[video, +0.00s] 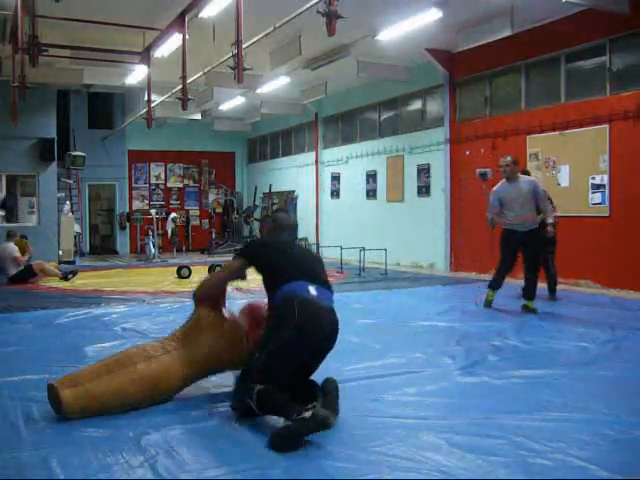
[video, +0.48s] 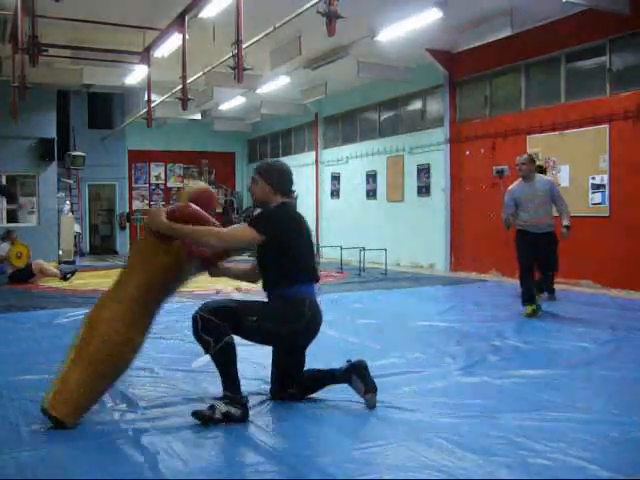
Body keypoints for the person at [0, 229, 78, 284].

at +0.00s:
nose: (18, 239)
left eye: (18, 237)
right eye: (18, 237)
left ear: (8, 237)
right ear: (15, 237)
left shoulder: (5, 246)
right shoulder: (11, 246)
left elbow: (19, 261)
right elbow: (21, 261)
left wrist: (27, 254)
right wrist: (28, 253)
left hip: (12, 276)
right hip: (14, 276)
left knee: (41, 267)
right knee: (39, 265)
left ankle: (63, 274)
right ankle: (62, 275)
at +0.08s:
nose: (17, 239)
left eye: (18, 237)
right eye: (15, 237)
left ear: (16, 238)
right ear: (9, 237)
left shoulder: (12, 247)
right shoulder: (7, 247)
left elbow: (16, 261)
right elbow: (12, 262)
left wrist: (25, 254)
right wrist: (22, 254)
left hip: (19, 274)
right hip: (14, 276)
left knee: (41, 265)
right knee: (39, 265)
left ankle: (63, 274)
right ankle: (62, 276)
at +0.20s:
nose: (16, 240)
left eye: (16, 238)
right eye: (14, 238)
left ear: (16, 239)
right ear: (8, 238)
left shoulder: (16, 246)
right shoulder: (4, 247)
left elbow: (25, 260)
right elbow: (4, 260)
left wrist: (28, 253)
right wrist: (16, 255)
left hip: (21, 272)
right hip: (13, 275)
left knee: (43, 268)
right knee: (38, 264)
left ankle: (63, 274)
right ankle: (61, 276)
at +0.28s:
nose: (17, 239)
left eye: (17, 237)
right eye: (14, 237)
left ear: (16, 238)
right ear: (8, 237)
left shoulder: (16, 246)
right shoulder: (5, 246)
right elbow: (2, 258)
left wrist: (28, 255)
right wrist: (8, 254)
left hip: (20, 273)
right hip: (12, 275)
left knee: (43, 267)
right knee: (38, 264)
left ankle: (63, 273)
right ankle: (61, 276)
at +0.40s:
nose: (16, 240)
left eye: (17, 238)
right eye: (14, 238)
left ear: (17, 238)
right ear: (8, 238)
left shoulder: (17, 247)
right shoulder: (4, 246)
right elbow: (2, 257)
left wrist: (27, 255)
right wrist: (9, 248)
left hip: (21, 272)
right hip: (13, 275)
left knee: (41, 265)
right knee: (38, 264)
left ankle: (62, 273)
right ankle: (61, 276)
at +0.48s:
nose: (15, 238)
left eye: (15, 236)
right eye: (13, 236)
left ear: (13, 236)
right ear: (8, 237)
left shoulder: (16, 245)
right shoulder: (5, 246)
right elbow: (2, 258)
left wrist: (27, 254)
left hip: (21, 272)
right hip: (13, 275)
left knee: (41, 265)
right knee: (38, 265)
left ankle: (62, 273)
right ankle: (61, 276)